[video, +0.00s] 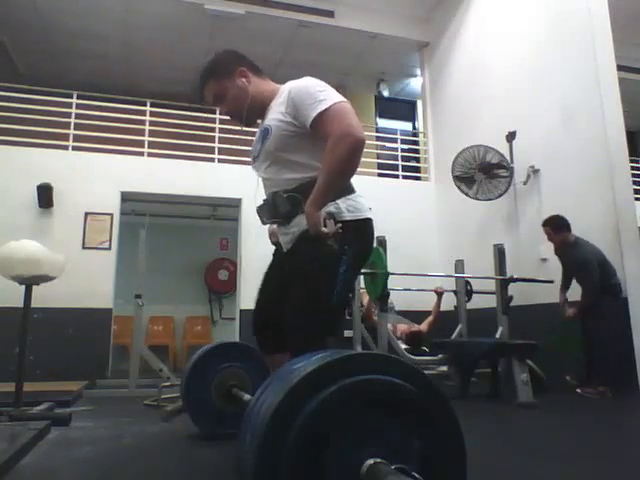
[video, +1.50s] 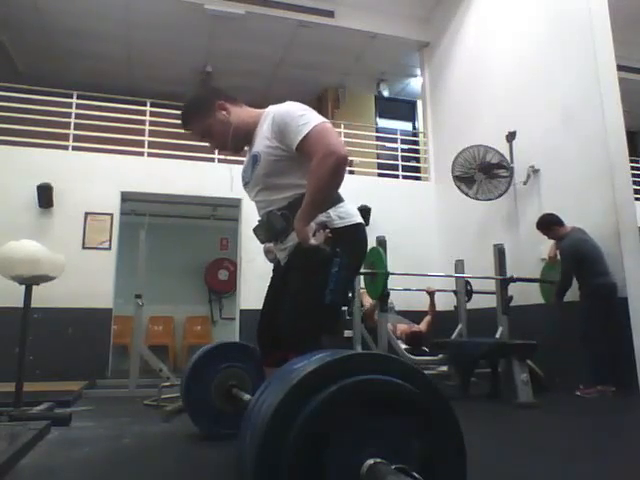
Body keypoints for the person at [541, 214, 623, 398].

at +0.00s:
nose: (548, 239)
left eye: (550, 234)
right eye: (547, 235)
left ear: (561, 232)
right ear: (561, 232)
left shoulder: (583, 253)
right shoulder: (561, 249)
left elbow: (592, 288)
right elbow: (567, 270)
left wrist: (580, 309)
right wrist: (563, 293)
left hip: (609, 296)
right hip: (592, 295)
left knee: (604, 340)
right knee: (591, 338)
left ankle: (603, 384)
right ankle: (591, 380)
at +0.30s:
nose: (546, 241)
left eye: (546, 237)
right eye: (544, 238)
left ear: (555, 232)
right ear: (558, 230)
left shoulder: (573, 248)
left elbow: (577, 283)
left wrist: (572, 311)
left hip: (607, 293)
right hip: (600, 292)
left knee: (600, 338)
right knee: (599, 337)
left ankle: (602, 383)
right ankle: (602, 382)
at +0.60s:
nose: (548, 242)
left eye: (546, 239)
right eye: (545, 239)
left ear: (550, 233)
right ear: (558, 226)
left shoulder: (568, 251)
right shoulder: (578, 233)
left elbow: (574, 285)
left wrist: (575, 308)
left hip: (601, 292)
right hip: (615, 288)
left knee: (596, 337)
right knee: (612, 337)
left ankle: (600, 384)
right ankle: (614, 382)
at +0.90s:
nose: (550, 240)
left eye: (548, 237)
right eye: (547, 237)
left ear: (552, 231)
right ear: (559, 223)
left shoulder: (568, 250)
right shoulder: (580, 232)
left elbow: (571, 283)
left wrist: (570, 307)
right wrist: (568, 268)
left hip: (599, 293)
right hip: (615, 289)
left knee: (594, 337)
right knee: (612, 337)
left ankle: (599, 384)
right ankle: (614, 382)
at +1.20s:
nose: (551, 238)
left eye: (550, 235)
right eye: (549, 235)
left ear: (555, 229)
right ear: (561, 224)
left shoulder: (567, 248)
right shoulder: (580, 233)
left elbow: (568, 280)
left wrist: (561, 302)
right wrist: (562, 260)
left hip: (596, 294)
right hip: (611, 289)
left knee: (592, 337)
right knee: (605, 337)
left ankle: (596, 384)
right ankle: (608, 382)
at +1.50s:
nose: (548, 238)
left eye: (547, 235)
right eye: (546, 235)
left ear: (552, 230)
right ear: (559, 224)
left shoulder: (567, 246)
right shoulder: (578, 232)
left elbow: (566, 278)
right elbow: (562, 235)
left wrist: (558, 297)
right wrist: (554, 248)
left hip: (594, 294)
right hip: (608, 289)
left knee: (591, 336)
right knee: (603, 336)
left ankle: (595, 383)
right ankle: (608, 382)